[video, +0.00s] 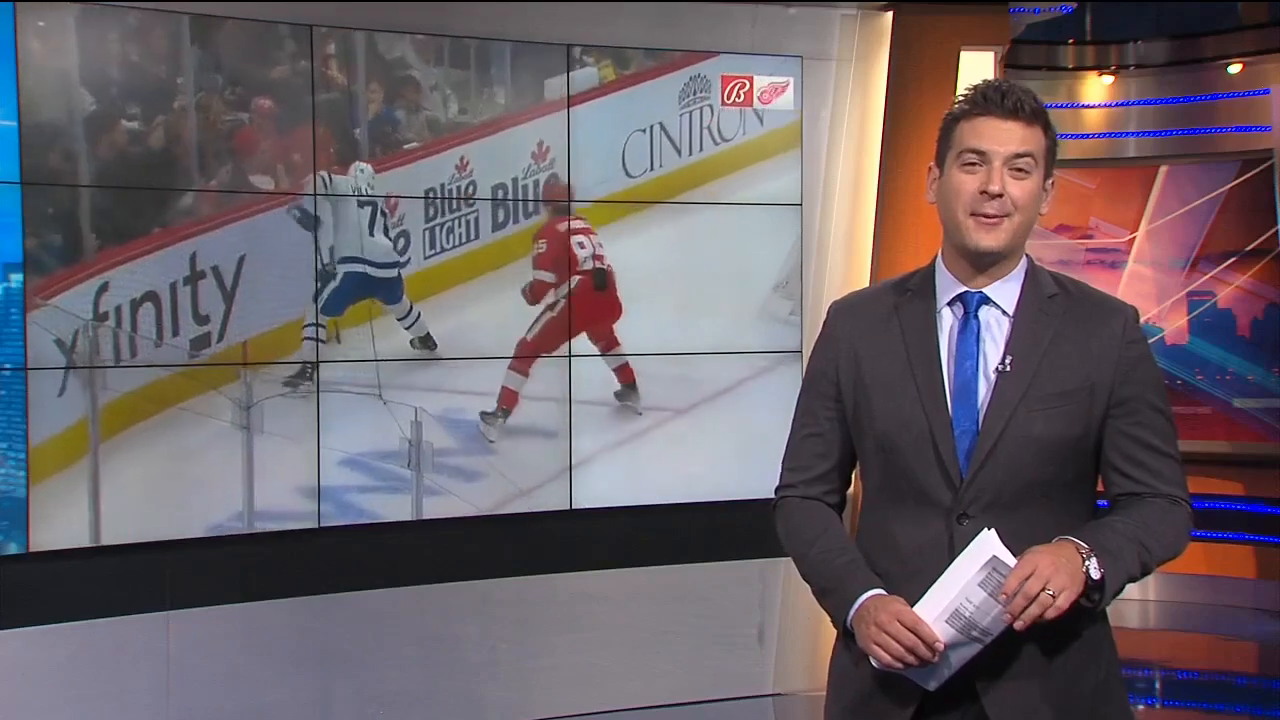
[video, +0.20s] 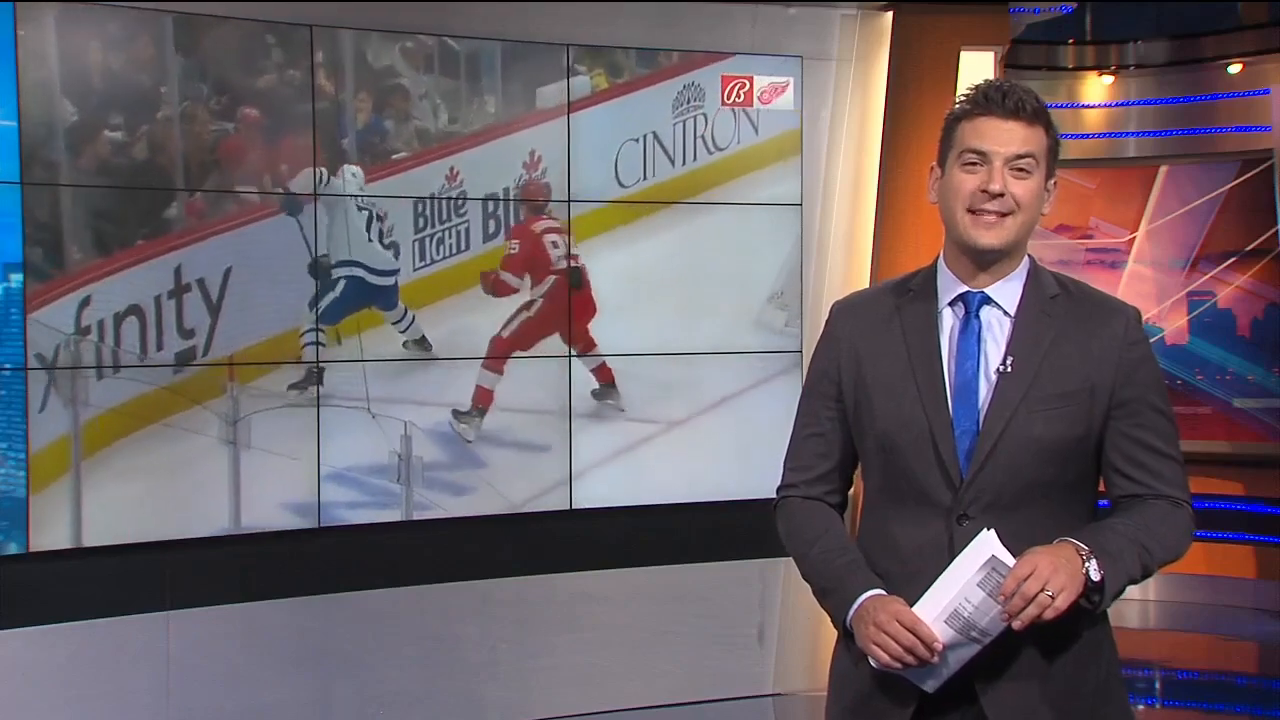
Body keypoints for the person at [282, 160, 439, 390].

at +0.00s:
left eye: (349, 174)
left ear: (350, 175)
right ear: (371, 180)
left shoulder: (339, 184)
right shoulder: (378, 202)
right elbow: (388, 240)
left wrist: (313, 215)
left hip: (352, 273)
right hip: (388, 273)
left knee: (317, 313)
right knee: (400, 305)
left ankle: (308, 368)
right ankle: (425, 339)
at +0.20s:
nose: (338, 181)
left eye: (340, 178)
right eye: (341, 178)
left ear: (341, 181)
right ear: (362, 184)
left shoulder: (339, 193)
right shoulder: (375, 209)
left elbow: (315, 174)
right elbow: (390, 250)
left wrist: (294, 194)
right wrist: (332, 266)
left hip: (354, 281)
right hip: (387, 283)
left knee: (314, 317)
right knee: (392, 308)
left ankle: (313, 372)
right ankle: (421, 341)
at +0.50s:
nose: (314, 193)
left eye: (316, 189)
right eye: (315, 188)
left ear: (323, 189)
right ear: (345, 188)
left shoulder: (331, 205)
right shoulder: (362, 215)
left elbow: (308, 189)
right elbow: (357, 255)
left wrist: (273, 189)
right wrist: (321, 260)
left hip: (350, 298)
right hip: (380, 299)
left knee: (304, 334)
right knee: (380, 318)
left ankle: (321, 385)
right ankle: (405, 348)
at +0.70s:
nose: (306, 202)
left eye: (307, 197)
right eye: (306, 198)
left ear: (312, 195)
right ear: (336, 191)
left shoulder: (321, 210)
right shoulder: (354, 214)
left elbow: (297, 227)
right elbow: (339, 250)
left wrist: (267, 205)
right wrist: (308, 243)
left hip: (345, 305)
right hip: (375, 305)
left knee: (294, 337)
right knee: (364, 320)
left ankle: (326, 391)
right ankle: (391, 353)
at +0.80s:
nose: (301, 206)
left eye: (304, 201)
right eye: (301, 201)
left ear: (312, 198)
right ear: (333, 195)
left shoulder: (323, 217)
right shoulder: (354, 214)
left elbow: (293, 240)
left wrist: (263, 219)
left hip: (343, 308)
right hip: (372, 305)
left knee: (292, 344)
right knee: (356, 322)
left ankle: (329, 397)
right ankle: (384, 359)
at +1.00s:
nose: (306, 209)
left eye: (309, 203)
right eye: (305, 203)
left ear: (314, 202)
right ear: (332, 195)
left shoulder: (323, 229)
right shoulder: (348, 206)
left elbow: (294, 267)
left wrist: (268, 248)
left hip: (347, 305)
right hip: (372, 299)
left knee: (294, 348)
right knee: (351, 329)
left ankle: (341, 401)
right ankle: (372, 364)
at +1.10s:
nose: (311, 207)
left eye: (316, 200)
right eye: (309, 200)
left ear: (331, 196)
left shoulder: (332, 224)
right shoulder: (352, 207)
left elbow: (311, 276)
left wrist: (275, 262)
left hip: (356, 296)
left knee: (312, 343)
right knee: (349, 341)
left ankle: (359, 397)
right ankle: (369, 386)